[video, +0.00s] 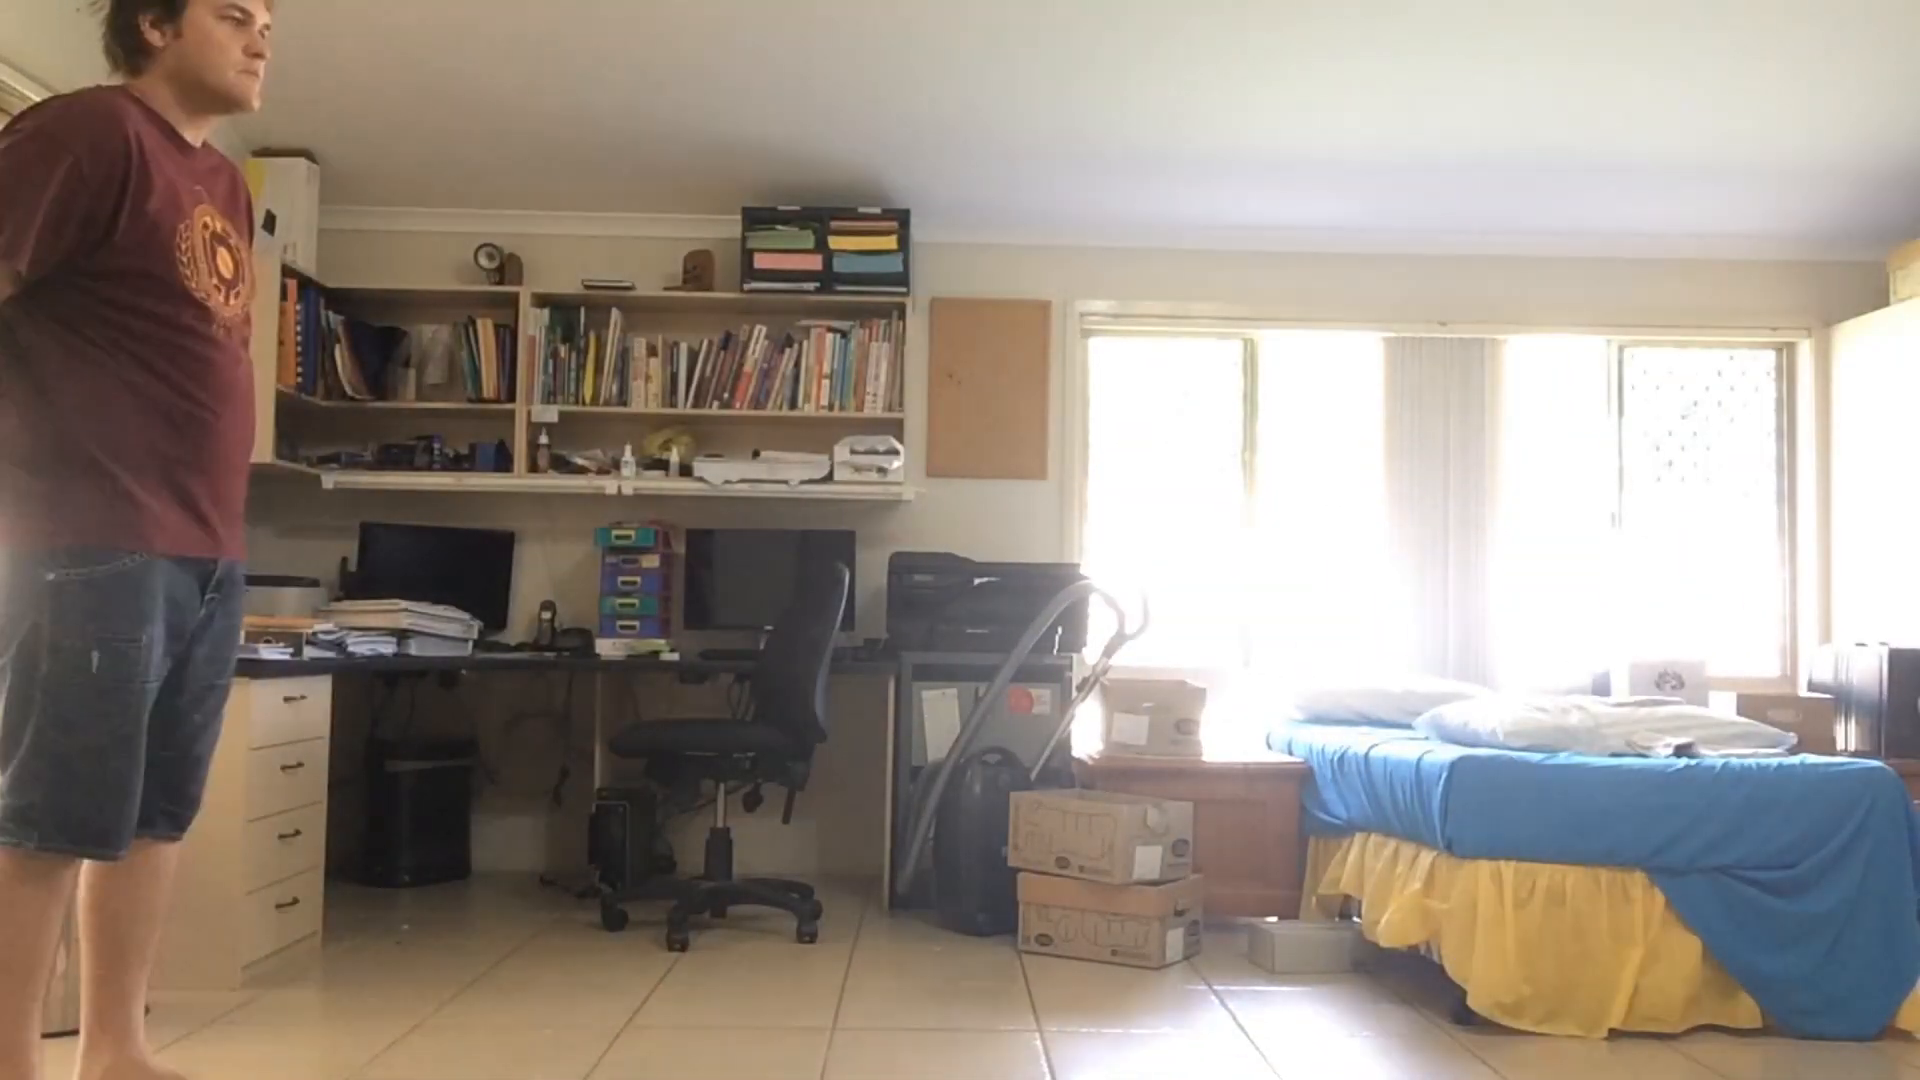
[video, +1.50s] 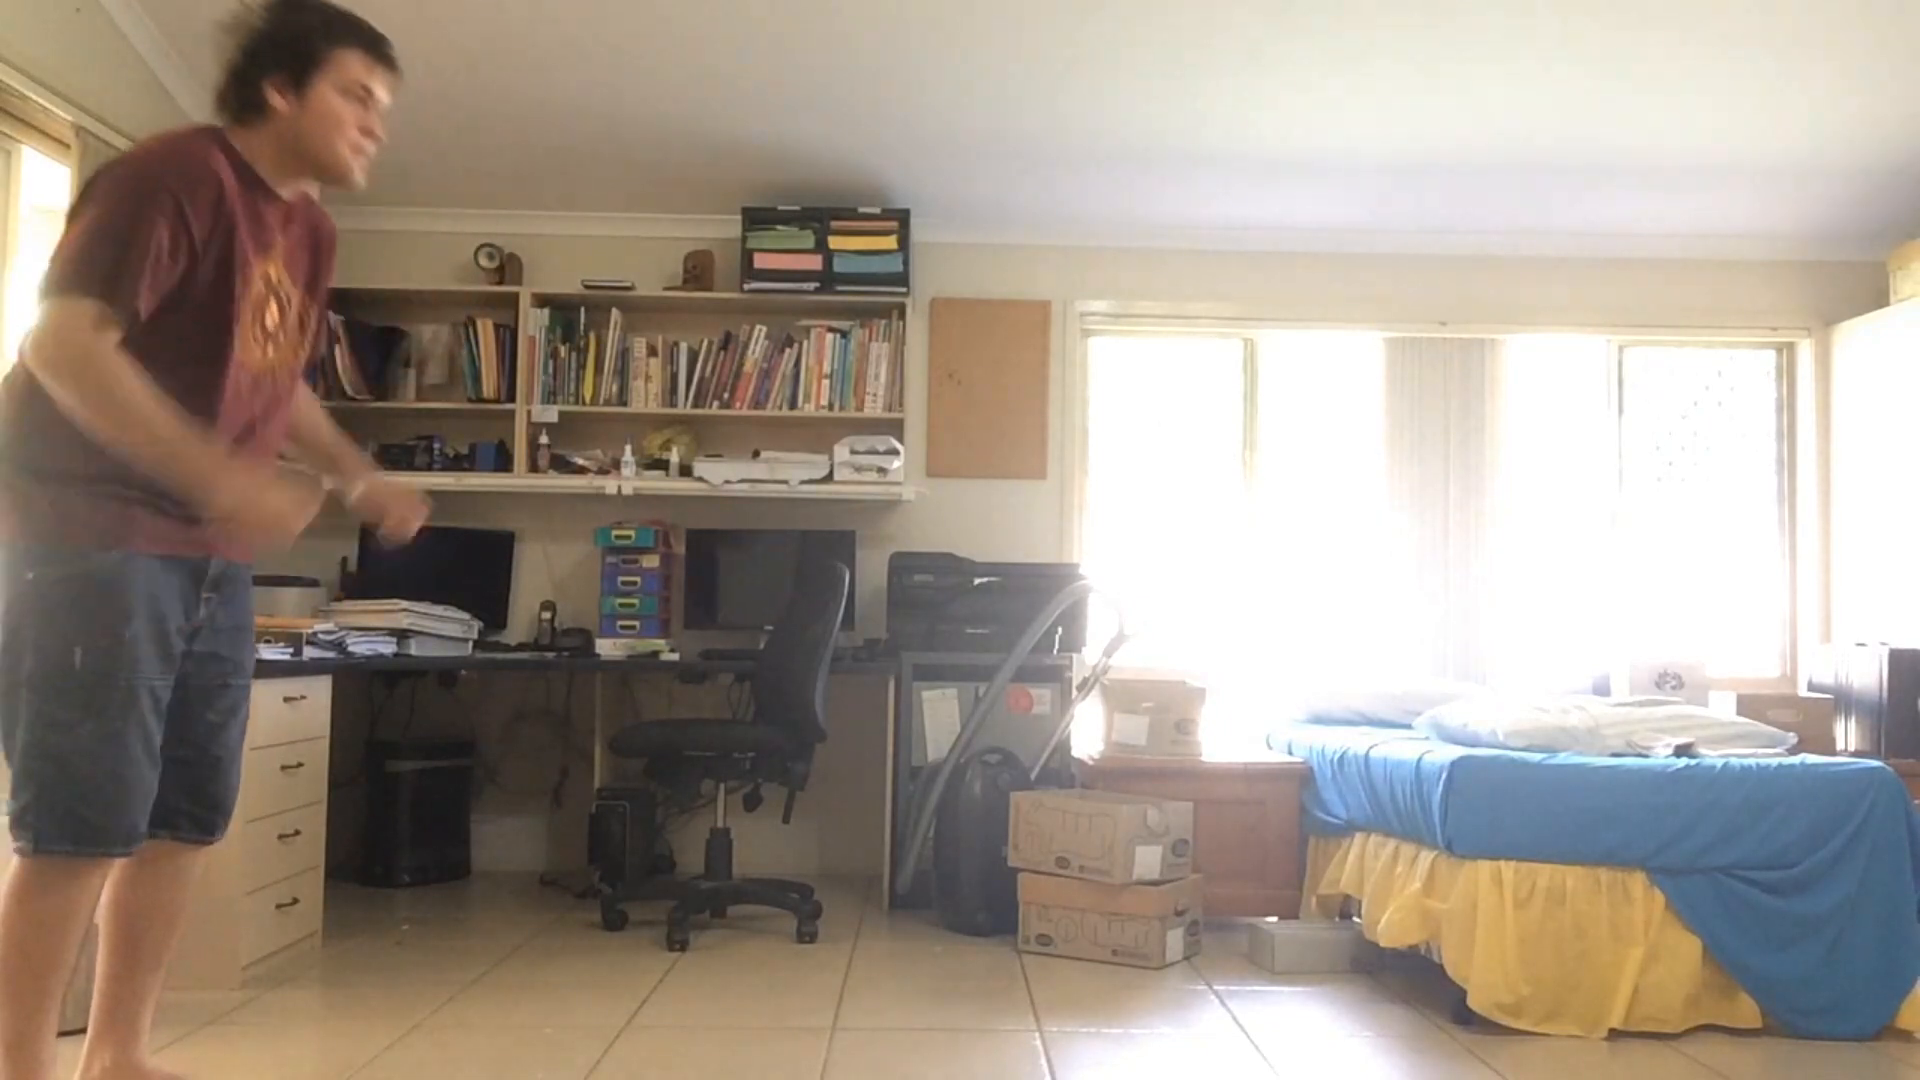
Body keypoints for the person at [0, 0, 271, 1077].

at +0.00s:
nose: (262, 32)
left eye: (265, 17)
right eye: (234, 11)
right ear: (156, 29)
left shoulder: (230, 180)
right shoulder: (82, 131)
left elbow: (210, 350)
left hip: (203, 540)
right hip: (79, 537)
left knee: (150, 819)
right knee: (43, 826)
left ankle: (115, 1052)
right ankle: (16, 1058)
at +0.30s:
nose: (240, 40)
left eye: (244, 23)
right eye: (212, 19)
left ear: (234, 48)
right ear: (135, 35)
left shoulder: (216, 185)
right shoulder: (64, 145)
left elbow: (215, 356)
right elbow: (3, 327)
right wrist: (22, 494)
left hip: (223, 544)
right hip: (97, 543)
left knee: (173, 819)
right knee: (77, 823)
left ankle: (117, 1054)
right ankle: (19, 1061)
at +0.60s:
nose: (270, 70)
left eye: (275, 54)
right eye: (245, 44)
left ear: (272, 76)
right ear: (166, 53)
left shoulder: (244, 208)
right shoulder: (82, 162)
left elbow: (227, 376)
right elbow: (6, 326)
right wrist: (18, 500)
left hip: (232, 546)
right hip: (101, 541)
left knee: (192, 818)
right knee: (97, 821)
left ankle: (118, 1058)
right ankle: (21, 1065)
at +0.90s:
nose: (432, 240)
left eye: (441, 223)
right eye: (419, 212)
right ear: (341, 194)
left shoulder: (338, 310)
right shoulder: (188, 242)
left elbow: (238, 411)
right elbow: (10, 297)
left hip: (182, 560)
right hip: (57, 544)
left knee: (174, 811)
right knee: (69, 811)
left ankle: (116, 1053)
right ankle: (21, 1059)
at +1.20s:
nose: (462, 318)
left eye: (470, 301)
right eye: (451, 286)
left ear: (388, 278)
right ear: (378, 264)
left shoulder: (363, 369)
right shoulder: (223, 298)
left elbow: (230, 461)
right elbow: (21, 371)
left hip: (183, 572)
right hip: (55, 554)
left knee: (198, 807)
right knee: (98, 813)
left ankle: (118, 1054)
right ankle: (23, 1065)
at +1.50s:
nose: (378, 124)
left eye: (383, 108)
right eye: (360, 96)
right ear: (282, 89)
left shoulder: (311, 231)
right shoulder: (174, 174)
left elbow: (274, 386)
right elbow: (63, 340)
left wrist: (360, 478)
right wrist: (216, 477)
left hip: (213, 551)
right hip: (91, 542)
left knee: (176, 824)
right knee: (74, 829)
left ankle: (116, 1058)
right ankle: (25, 1062)